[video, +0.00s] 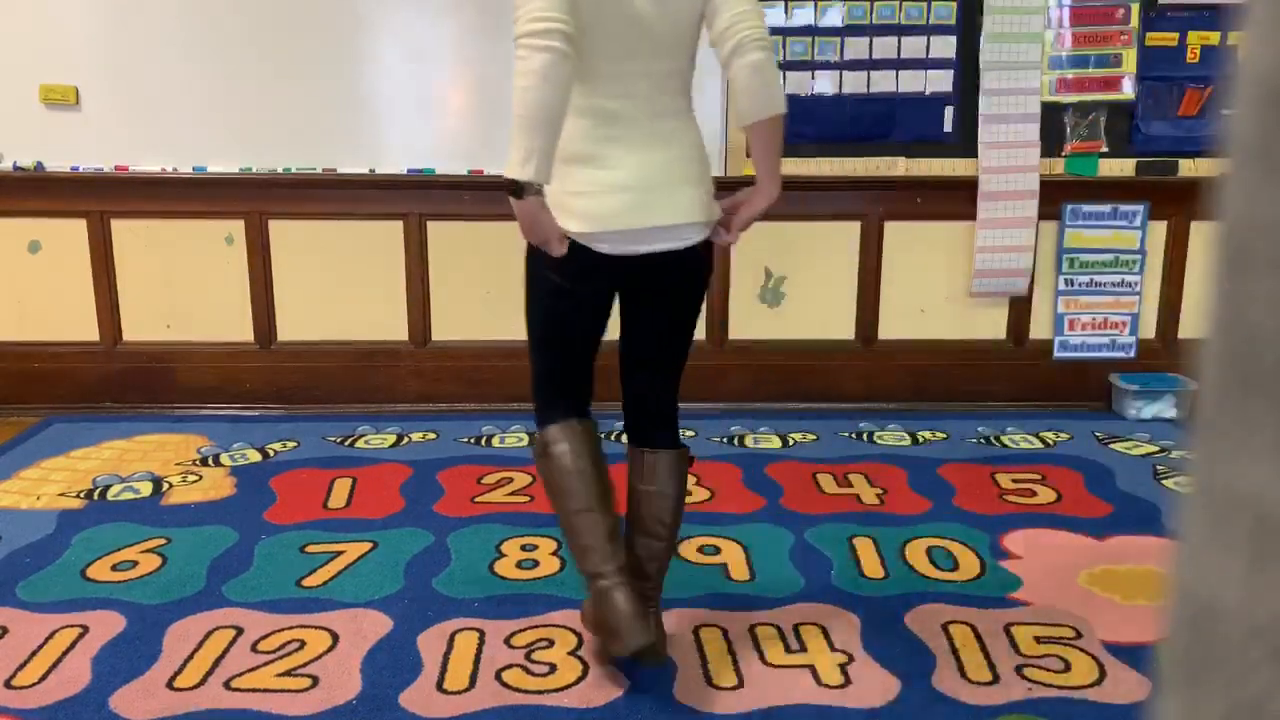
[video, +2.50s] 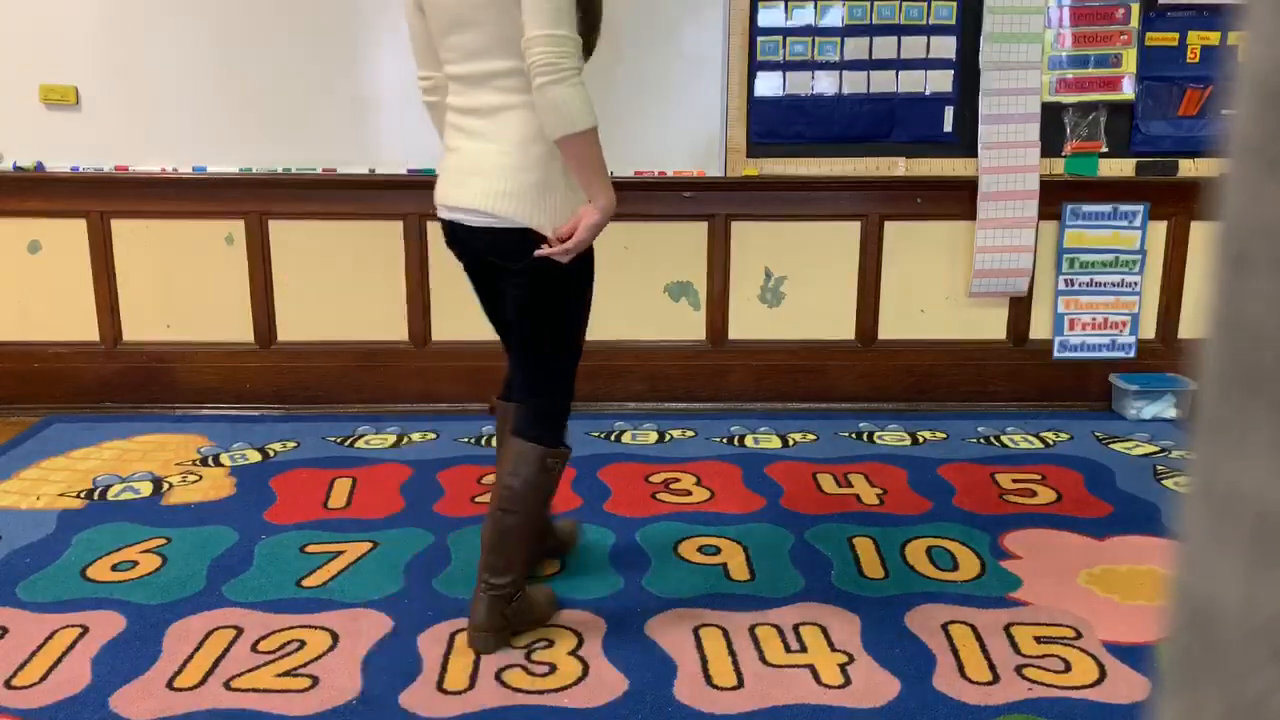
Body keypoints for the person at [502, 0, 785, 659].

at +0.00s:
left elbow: (547, 46)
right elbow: (748, 45)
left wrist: (523, 185)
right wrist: (768, 180)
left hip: (579, 215)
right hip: (680, 217)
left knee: (562, 402)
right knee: (656, 408)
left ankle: (613, 596)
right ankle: (642, 611)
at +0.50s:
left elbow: (397, 50)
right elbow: (601, 50)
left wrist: (359, 170)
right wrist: (637, 170)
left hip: (453, 193)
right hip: (551, 193)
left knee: (454, 378)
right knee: (534, 351)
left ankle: (468, 573)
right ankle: (562, 523)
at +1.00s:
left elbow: (351, 109)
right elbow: (550, 94)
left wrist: (348, 163)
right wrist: (572, 197)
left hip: (420, 222)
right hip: (504, 216)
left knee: (404, 375)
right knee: (464, 354)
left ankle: (466, 529)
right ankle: (461, 512)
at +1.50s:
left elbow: (332, 71)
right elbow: (548, 58)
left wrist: (320, 205)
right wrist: (597, 182)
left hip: (405, 200)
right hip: (509, 196)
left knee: (429, 397)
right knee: (508, 392)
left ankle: (456, 590)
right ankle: (511, 594)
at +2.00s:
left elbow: (333, 60)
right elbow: (539, 38)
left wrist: (330, 203)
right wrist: (590, 181)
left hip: (398, 197)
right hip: (510, 197)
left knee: (397, 414)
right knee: (520, 412)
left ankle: (380, 639)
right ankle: (492, 631)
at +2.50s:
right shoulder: (540, 1)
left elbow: (432, 82)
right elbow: (553, 72)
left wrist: (476, 165)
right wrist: (600, 192)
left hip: (461, 206)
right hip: (536, 210)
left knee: (528, 367)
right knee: (541, 394)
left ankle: (527, 525)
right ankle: (497, 599)